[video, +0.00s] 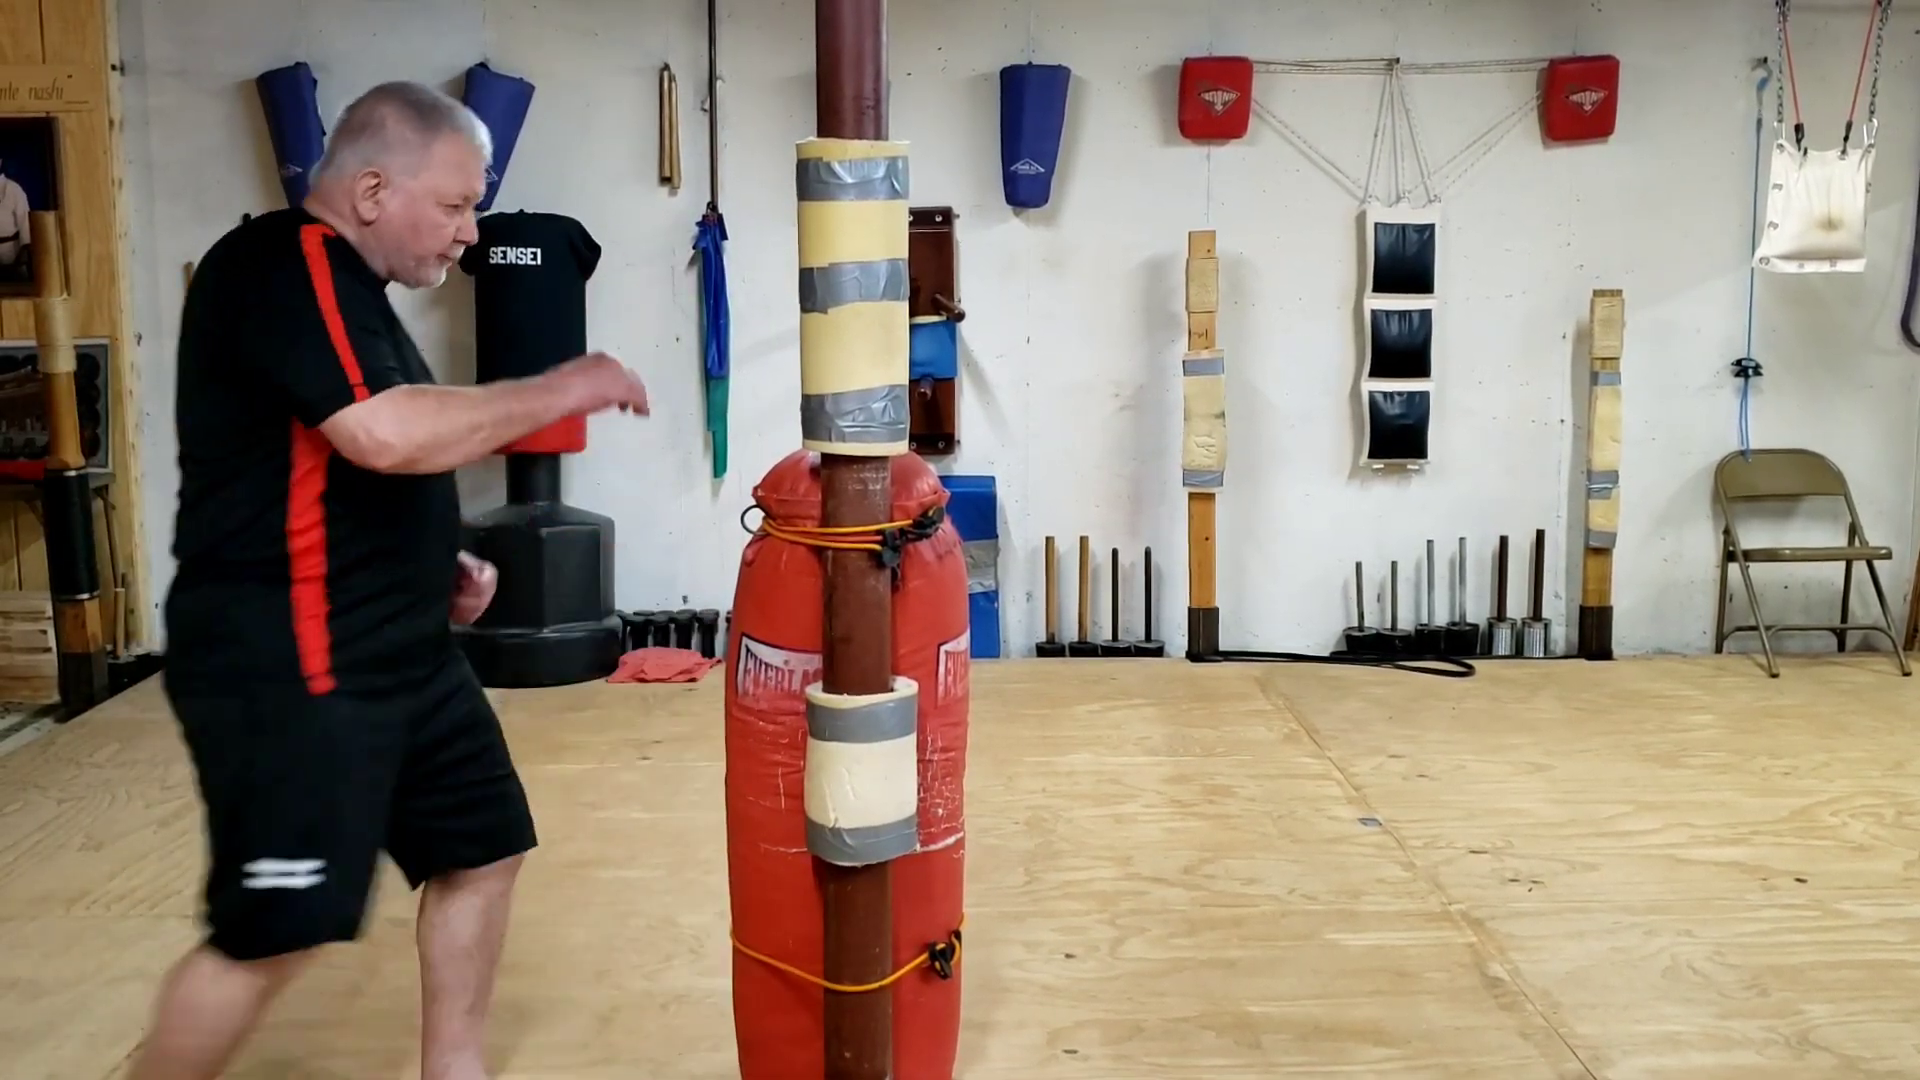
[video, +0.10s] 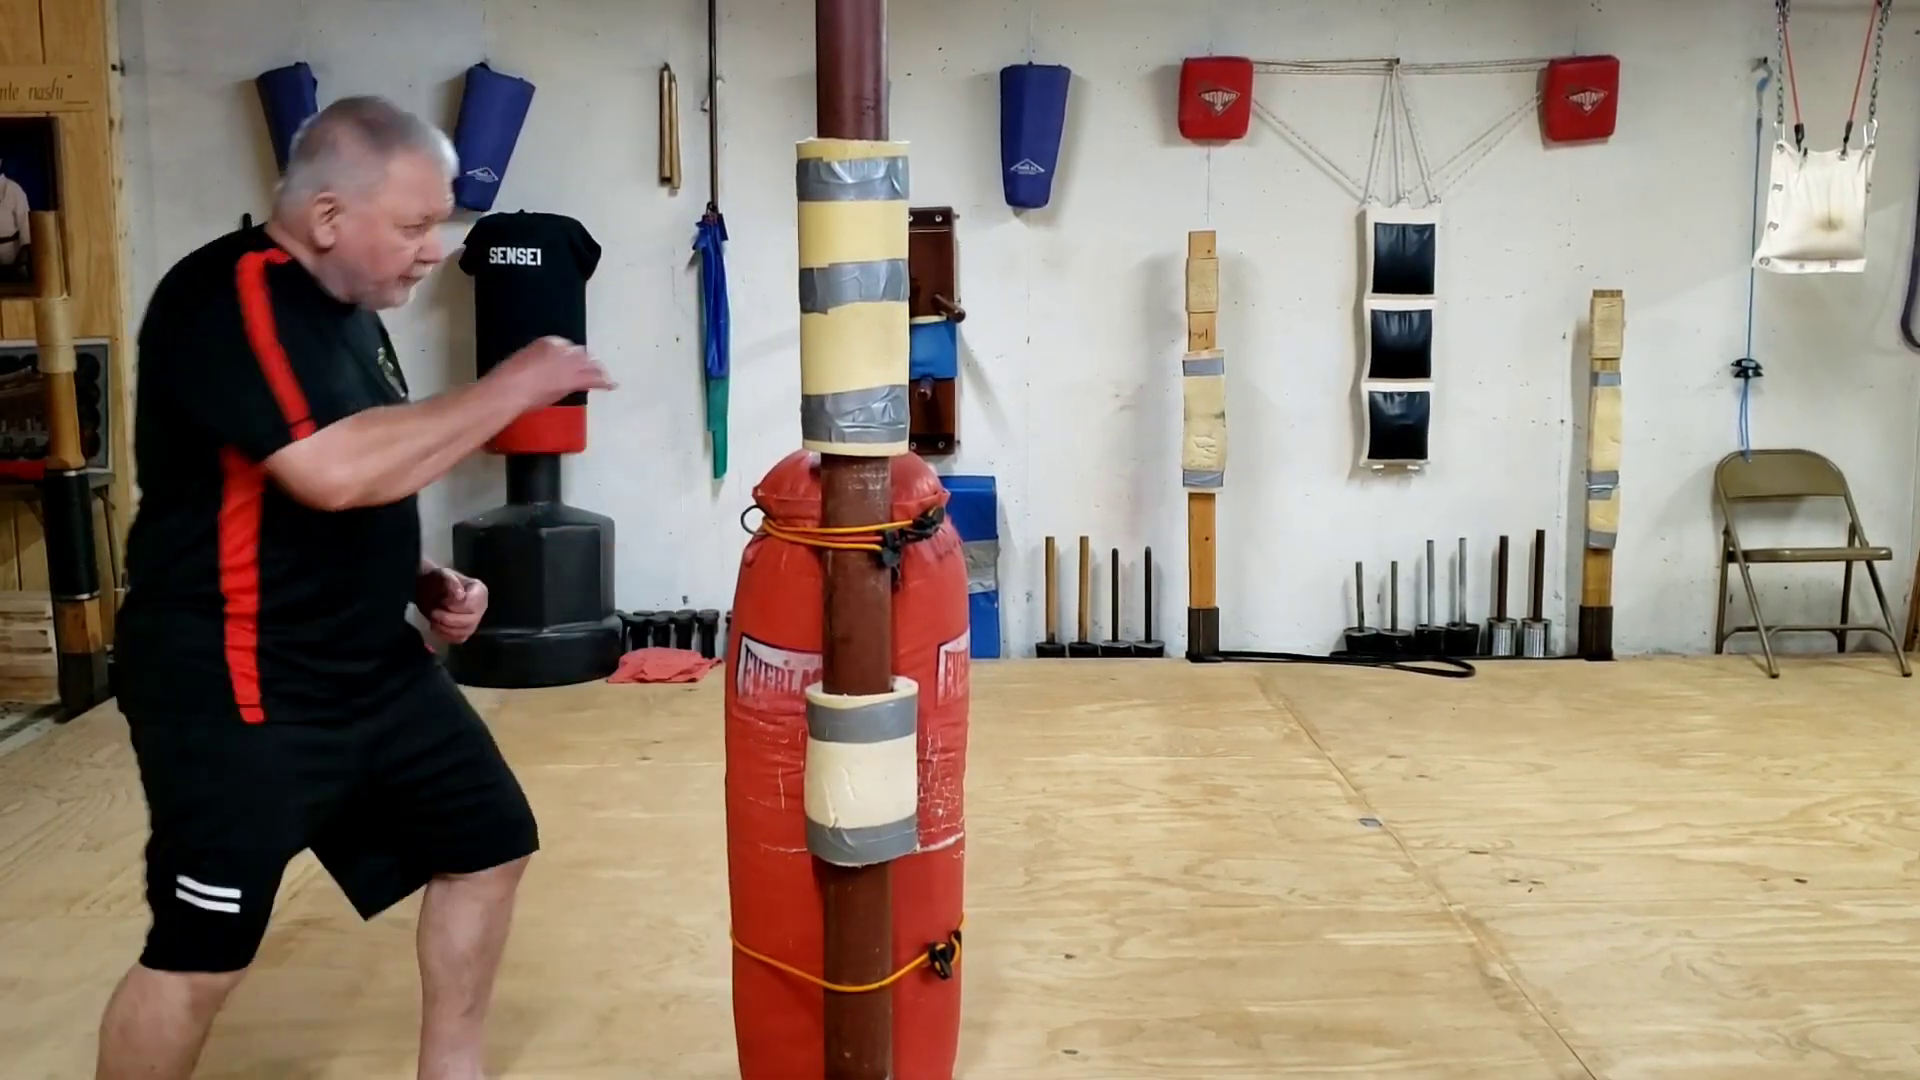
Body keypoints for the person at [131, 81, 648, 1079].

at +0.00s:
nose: (470, 234)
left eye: (472, 210)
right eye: (454, 206)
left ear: (374, 197)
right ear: (371, 193)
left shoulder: (343, 281)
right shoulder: (276, 263)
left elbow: (311, 480)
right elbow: (383, 433)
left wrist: (429, 563)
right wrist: (552, 393)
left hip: (398, 646)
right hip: (279, 658)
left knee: (481, 846)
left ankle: (453, 1069)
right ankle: (152, 1072)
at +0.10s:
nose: (432, 253)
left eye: (436, 230)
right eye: (415, 229)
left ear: (337, 222)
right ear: (329, 221)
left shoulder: (347, 310)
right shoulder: (224, 294)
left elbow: (326, 501)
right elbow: (328, 466)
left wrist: (420, 577)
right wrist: (506, 391)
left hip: (362, 658)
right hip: (228, 678)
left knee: (485, 844)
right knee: (201, 947)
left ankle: (450, 1069)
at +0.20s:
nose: (400, 248)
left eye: (404, 222)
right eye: (378, 225)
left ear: (299, 221)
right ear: (288, 220)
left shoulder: (349, 303)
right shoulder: (173, 305)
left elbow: (341, 475)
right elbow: (203, 507)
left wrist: (424, 522)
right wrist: (418, 443)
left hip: (355, 657)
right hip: (211, 685)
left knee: (477, 840)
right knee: (180, 952)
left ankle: (446, 1066)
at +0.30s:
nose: (392, 227)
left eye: (394, 201)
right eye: (371, 202)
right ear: (277, 196)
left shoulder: (356, 292)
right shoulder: (153, 289)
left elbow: (412, 443)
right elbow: (77, 491)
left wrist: (460, 413)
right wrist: (293, 529)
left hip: (361, 651)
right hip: (210, 677)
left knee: (461, 839)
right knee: (179, 937)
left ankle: (443, 1067)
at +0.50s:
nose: (423, 239)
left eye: (427, 216)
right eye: (407, 214)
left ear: (329, 208)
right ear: (320, 207)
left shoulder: (375, 298)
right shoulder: (190, 299)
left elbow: (485, 380)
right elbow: (76, 478)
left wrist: (582, 359)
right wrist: (257, 587)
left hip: (352, 656)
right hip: (219, 681)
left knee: (458, 830)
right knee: (197, 938)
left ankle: (443, 1067)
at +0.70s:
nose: (458, 231)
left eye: (461, 208)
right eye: (444, 206)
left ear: (369, 197)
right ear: (362, 193)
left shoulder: (353, 273)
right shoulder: (289, 268)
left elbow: (490, 338)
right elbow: (493, 351)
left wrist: (652, 286)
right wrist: (665, 279)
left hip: (413, 653)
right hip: (297, 673)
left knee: (505, 845)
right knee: (238, 934)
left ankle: (448, 1069)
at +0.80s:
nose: (456, 211)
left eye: (461, 189)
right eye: (448, 183)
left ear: (365, 170)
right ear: (370, 166)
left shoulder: (337, 248)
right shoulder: (305, 243)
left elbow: (443, 378)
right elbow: (445, 379)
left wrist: (586, 335)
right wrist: (617, 320)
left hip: (424, 600)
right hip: (359, 606)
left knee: (490, 833)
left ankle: (449, 1067)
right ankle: (202, 1047)